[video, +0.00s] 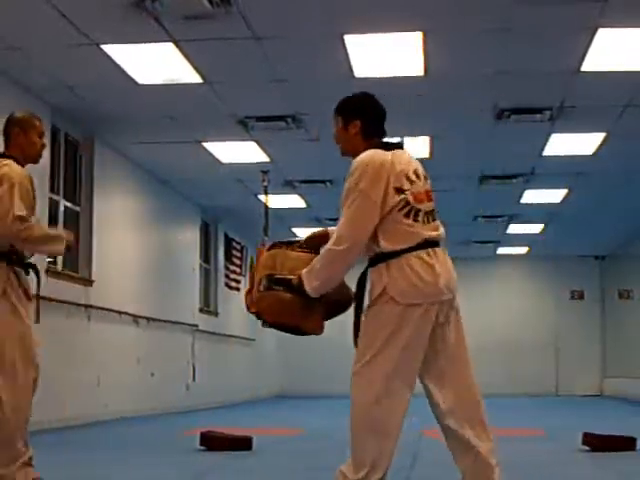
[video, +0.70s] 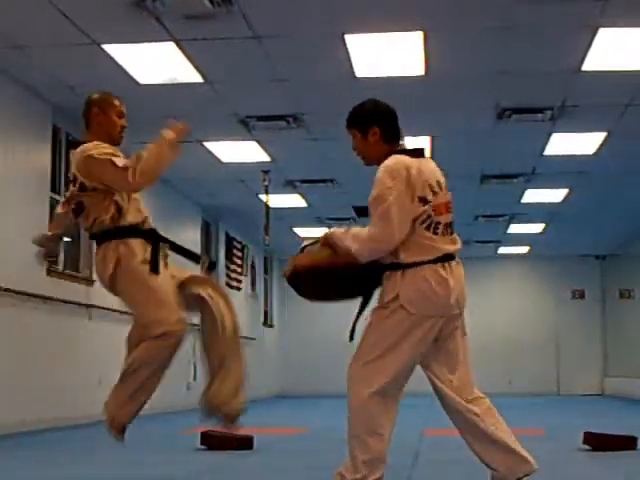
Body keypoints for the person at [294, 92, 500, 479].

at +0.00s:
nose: (335, 137)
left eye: (337, 128)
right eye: (335, 129)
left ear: (356, 127)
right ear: (373, 128)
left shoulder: (370, 164)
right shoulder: (405, 159)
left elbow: (350, 238)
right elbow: (382, 224)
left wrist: (310, 280)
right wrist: (332, 235)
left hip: (401, 280)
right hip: (438, 274)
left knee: (376, 381)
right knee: (451, 384)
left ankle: (364, 472)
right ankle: (482, 471)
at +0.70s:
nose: (355, 150)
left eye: (356, 140)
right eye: (353, 142)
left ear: (375, 135)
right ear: (391, 135)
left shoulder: (393, 170)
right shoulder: (428, 167)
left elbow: (385, 237)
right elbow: (411, 236)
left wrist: (335, 236)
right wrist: (352, 250)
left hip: (416, 283)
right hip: (448, 277)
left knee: (367, 378)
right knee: (456, 386)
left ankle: (363, 471)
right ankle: (514, 467)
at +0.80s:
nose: (383, 148)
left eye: (383, 138)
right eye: (380, 141)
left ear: (402, 130)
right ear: (410, 131)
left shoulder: (426, 158)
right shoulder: (445, 160)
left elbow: (419, 223)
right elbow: (433, 231)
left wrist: (380, 217)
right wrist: (387, 233)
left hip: (444, 277)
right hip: (469, 275)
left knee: (401, 383)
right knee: (474, 389)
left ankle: (369, 472)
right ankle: (522, 473)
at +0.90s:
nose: (404, 146)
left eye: (406, 136)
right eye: (402, 138)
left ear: (425, 129)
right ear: (433, 130)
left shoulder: (453, 155)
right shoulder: (463, 158)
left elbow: (446, 221)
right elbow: (449, 235)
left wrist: (396, 231)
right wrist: (399, 252)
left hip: (474, 275)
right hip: (492, 273)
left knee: (433, 378)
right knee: (489, 388)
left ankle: (415, 471)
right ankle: (523, 472)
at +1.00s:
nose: (418, 147)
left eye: (419, 136)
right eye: (415, 139)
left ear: (438, 127)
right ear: (445, 128)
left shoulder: (469, 154)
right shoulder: (480, 155)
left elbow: (468, 220)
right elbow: (477, 226)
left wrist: (418, 247)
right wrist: (426, 247)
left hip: (498, 270)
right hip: (513, 267)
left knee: (469, 374)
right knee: (511, 375)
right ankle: (525, 466)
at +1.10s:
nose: (432, 150)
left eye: (431, 139)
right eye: (428, 142)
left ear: (450, 129)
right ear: (457, 130)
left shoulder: (481, 157)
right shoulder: (496, 156)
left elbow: (489, 227)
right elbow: (498, 226)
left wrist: (447, 268)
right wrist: (453, 234)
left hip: (523, 267)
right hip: (527, 266)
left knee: (517, 378)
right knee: (508, 381)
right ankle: (521, 473)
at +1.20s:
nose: (452, 158)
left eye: (450, 149)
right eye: (448, 152)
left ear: (468, 134)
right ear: (473, 134)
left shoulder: (498, 162)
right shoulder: (526, 158)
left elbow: (501, 236)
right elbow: (525, 228)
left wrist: (469, 283)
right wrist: (471, 232)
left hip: (541, 278)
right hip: (546, 278)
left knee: (567, 378)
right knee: (522, 390)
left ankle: (634, 461)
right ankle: (523, 472)